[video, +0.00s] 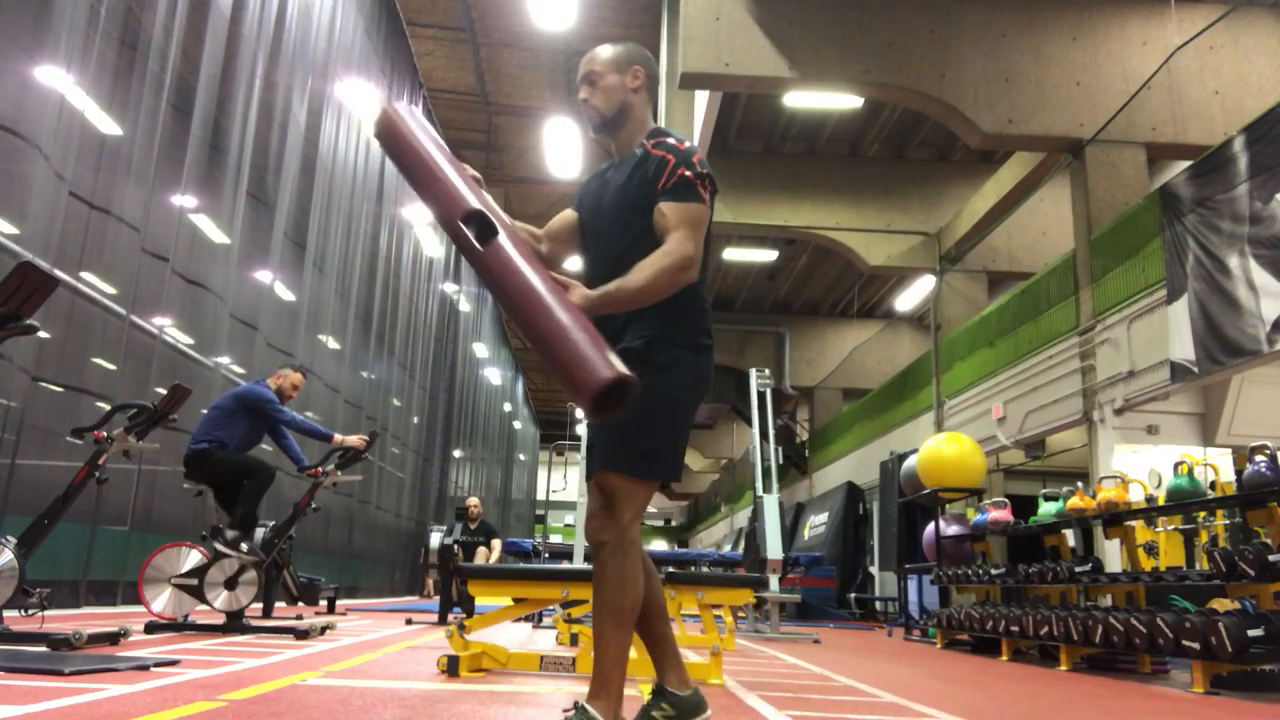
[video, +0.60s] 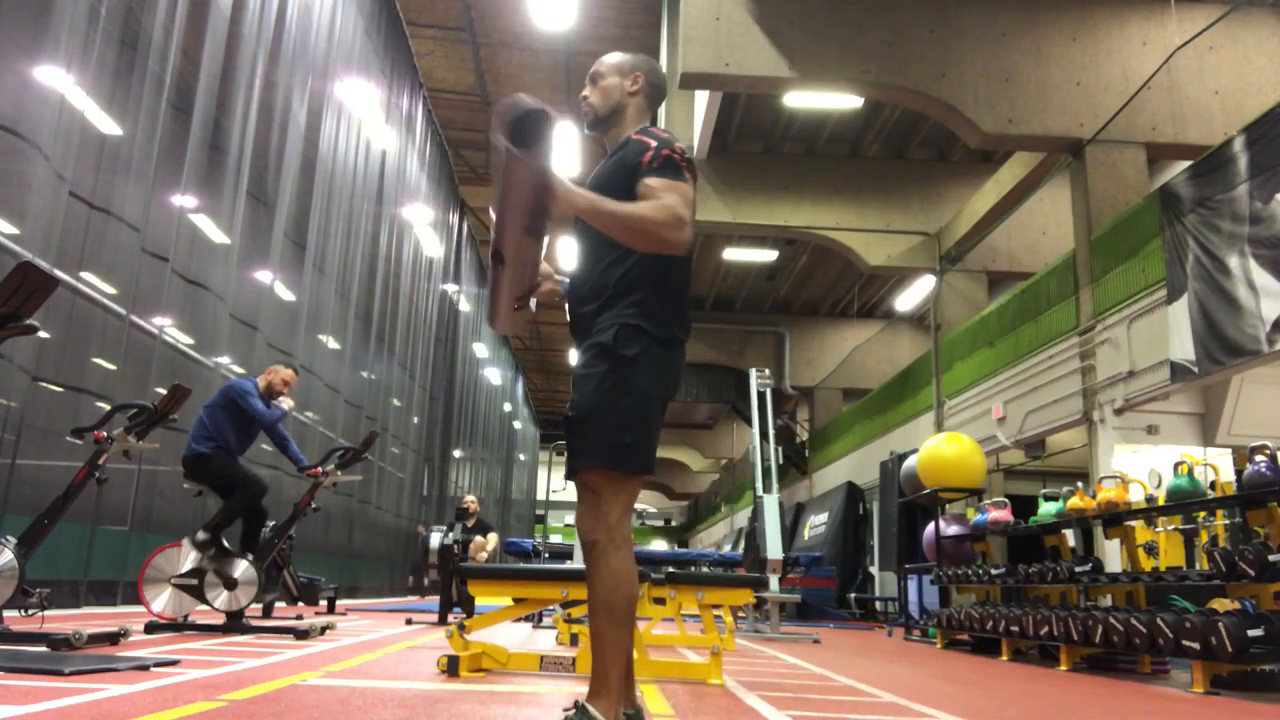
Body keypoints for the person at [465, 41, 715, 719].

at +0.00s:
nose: (581, 94)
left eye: (593, 79)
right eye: (579, 85)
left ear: (638, 82)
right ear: (592, 97)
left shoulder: (674, 157)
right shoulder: (598, 186)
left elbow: (684, 256)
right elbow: (545, 246)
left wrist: (594, 297)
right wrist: (485, 209)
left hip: (663, 359)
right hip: (619, 361)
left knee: (611, 521)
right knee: (611, 529)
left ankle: (602, 707)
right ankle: (679, 690)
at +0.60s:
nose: (582, 95)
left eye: (595, 82)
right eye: (585, 85)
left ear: (634, 86)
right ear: (623, 89)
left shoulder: (655, 147)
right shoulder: (614, 165)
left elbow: (674, 229)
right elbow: (617, 281)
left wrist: (568, 195)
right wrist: (560, 289)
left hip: (632, 354)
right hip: (609, 353)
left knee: (604, 525)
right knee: (599, 525)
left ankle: (609, 703)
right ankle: (616, 698)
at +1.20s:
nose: (578, 89)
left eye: (589, 75)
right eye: (575, 79)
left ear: (632, 77)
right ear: (606, 85)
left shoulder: (661, 151)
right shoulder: (609, 172)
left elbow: (679, 252)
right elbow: (591, 272)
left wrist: (584, 296)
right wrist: (513, 259)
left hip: (650, 360)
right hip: (614, 360)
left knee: (604, 521)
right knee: (574, 524)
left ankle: (618, 702)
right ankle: (613, 694)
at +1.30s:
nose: (574, 92)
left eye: (585, 78)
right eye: (571, 83)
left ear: (630, 79)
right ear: (579, 93)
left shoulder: (663, 158)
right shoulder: (592, 186)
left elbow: (697, 257)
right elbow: (559, 272)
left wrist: (629, 321)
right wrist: (499, 271)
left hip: (649, 371)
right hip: (607, 372)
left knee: (603, 526)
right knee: (574, 526)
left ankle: (616, 707)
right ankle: (658, 674)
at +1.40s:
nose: (572, 98)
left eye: (584, 84)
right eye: (569, 88)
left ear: (628, 83)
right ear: (581, 95)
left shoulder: (669, 165)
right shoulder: (581, 193)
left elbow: (711, 264)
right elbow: (544, 275)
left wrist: (669, 343)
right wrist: (487, 283)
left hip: (659, 368)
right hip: (616, 370)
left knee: (599, 522)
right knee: (610, 535)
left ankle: (614, 707)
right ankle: (725, 645)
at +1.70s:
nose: (571, 168)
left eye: (581, 153)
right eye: (566, 156)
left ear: (620, 147)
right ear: (568, 161)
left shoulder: (678, 221)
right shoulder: (579, 247)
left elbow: (744, 304)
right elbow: (549, 320)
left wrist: (745, 395)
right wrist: (528, 356)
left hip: (689, 411)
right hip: (653, 417)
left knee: (573, 524)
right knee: (708, 585)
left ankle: (611, 706)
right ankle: (830, 664)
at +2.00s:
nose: (583, 261)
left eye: (591, 246)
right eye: (578, 249)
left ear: (631, 236)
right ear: (579, 249)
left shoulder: (700, 303)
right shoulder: (593, 334)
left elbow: (766, 389)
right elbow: (567, 407)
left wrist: (778, 483)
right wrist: (556, 460)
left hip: (722, 470)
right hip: (668, 477)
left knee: (566, 525)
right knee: (700, 679)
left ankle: (609, 707)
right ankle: (837, 670)